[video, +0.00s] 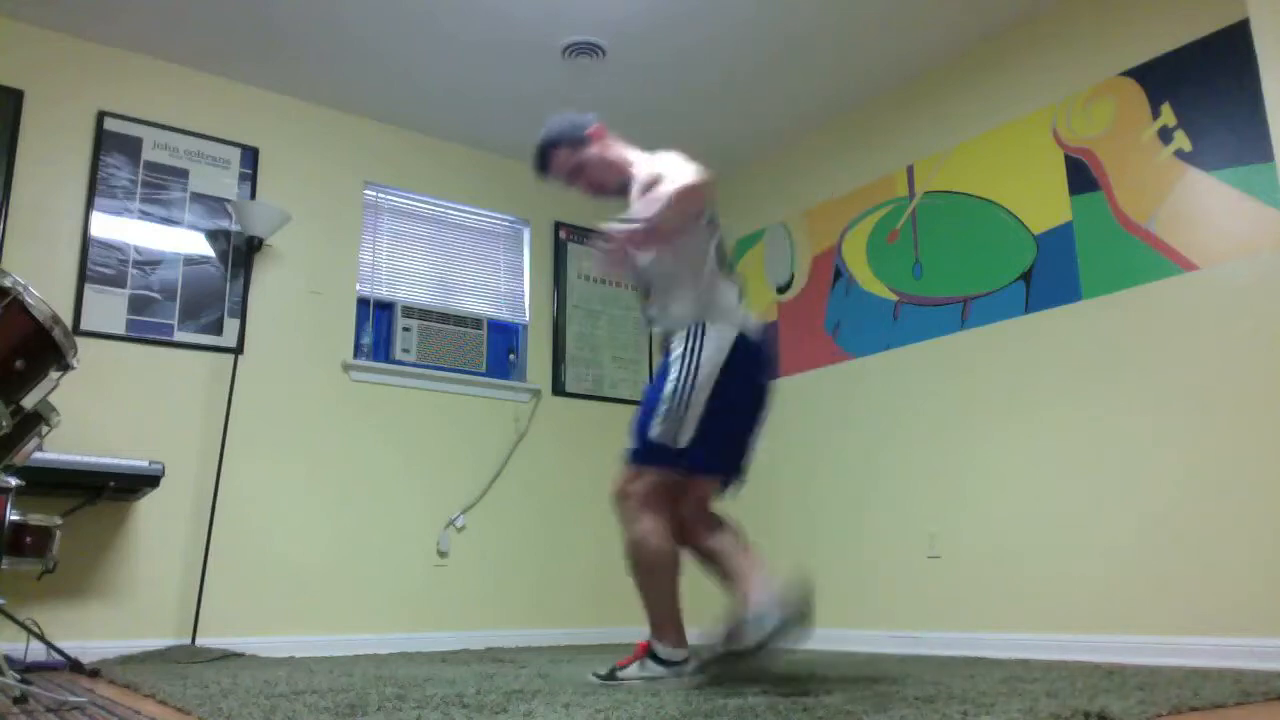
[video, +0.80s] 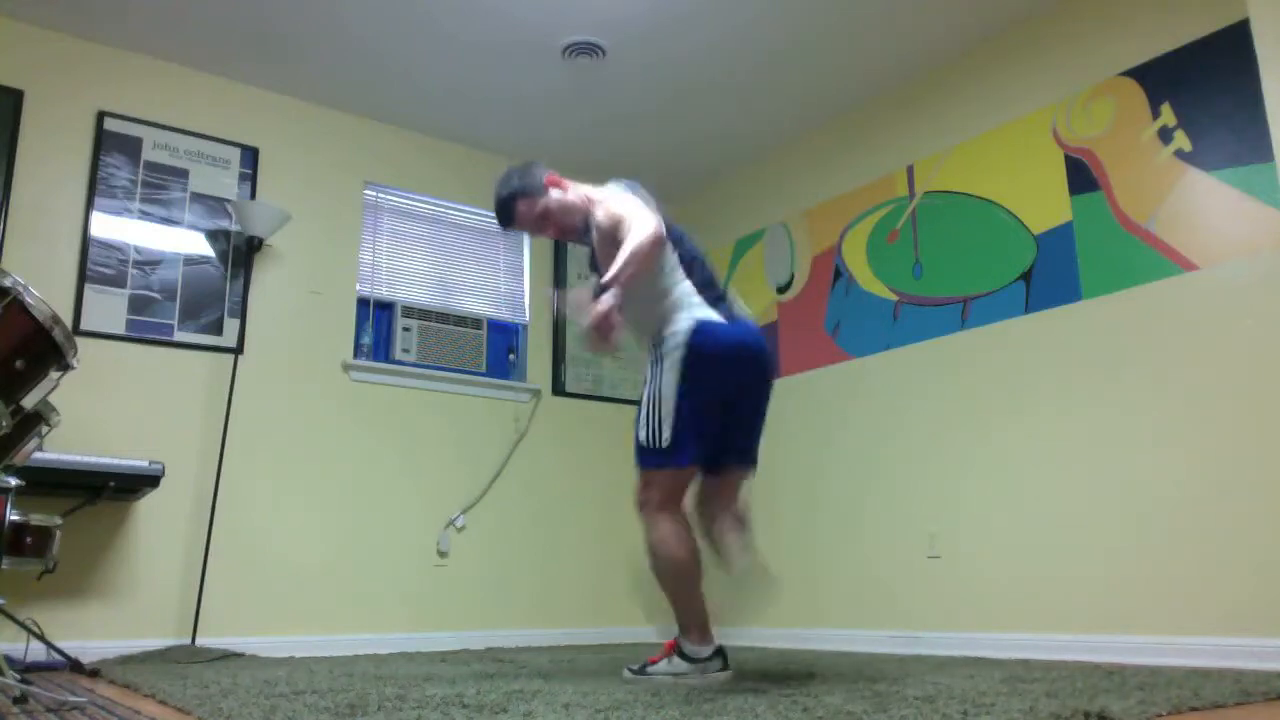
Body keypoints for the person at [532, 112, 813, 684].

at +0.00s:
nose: (582, 185)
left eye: (576, 170)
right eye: (572, 182)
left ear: (596, 137)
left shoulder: (656, 164)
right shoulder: (643, 198)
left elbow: (693, 185)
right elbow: (677, 268)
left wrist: (640, 231)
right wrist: (628, 266)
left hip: (709, 340)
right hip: (729, 344)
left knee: (640, 494)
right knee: (686, 507)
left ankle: (668, 650)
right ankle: (763, 603)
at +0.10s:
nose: (563, 188)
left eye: (559, 175)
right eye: (554, 184)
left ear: (578, 141)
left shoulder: (632, 167)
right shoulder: (631, 185)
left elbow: (667, 186)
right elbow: (715, 233)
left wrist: (609, 211)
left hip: (695, 343)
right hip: (700, 340)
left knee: (639, 490)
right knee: (675, 488)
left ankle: (670, 649)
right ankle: (745, 558)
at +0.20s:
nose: (560, 174)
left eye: (554, 160)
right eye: (550, 171)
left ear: (572, 125)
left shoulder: (625, 147)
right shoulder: (613, 182)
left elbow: (669, 159)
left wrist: (661, 195)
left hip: (677, 310)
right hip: (716, 317)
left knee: (621, 469)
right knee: (695, 481)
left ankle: (661, 618)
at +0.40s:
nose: (558, 196)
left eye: (552, 180)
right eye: (546, 197)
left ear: (568, 149)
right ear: (546, 202)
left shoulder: (621, 174)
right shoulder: (607, 223)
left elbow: (653, 181)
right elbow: (620, 318)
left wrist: (629, 214)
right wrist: (612, 278)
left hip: (682, 338)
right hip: (726, 346)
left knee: (654, 504)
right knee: (699, 503)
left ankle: (679, 648)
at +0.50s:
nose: (547, 210)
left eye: (540, 196)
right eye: (535, 213)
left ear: (549, 164)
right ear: (531, 215)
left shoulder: (601, 183)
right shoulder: (608, 212)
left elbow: (639, 191)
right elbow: (705, 258)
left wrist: (593, 227)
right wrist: (723, 289)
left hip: (685, 335)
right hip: (723, 332)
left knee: (670, 498)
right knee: (740, 489)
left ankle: (680, 648)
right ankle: (840, 525)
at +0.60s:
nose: (547, 203)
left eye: (540, 189)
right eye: (536, 205)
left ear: (548, 160)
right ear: (530, 212)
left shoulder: (592, 179)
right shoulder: (604, 196)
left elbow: (650, 185)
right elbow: (680, 210)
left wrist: (618, 216)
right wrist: (728, 254)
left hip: (668, 325)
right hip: (723, 319)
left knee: (660, 493)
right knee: (775, 464)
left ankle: (682, 645)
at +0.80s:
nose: (549, 233)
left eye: (543, 218)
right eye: (538, 231)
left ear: (557, 185)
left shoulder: (607, 198)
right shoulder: (605, 233)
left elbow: (649, 232)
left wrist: (607, 292)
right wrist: (592, 310)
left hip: (695, 344)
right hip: (745, 345)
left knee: (659, 504)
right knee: (718, 506)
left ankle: (697, 648)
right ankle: (745, 564)